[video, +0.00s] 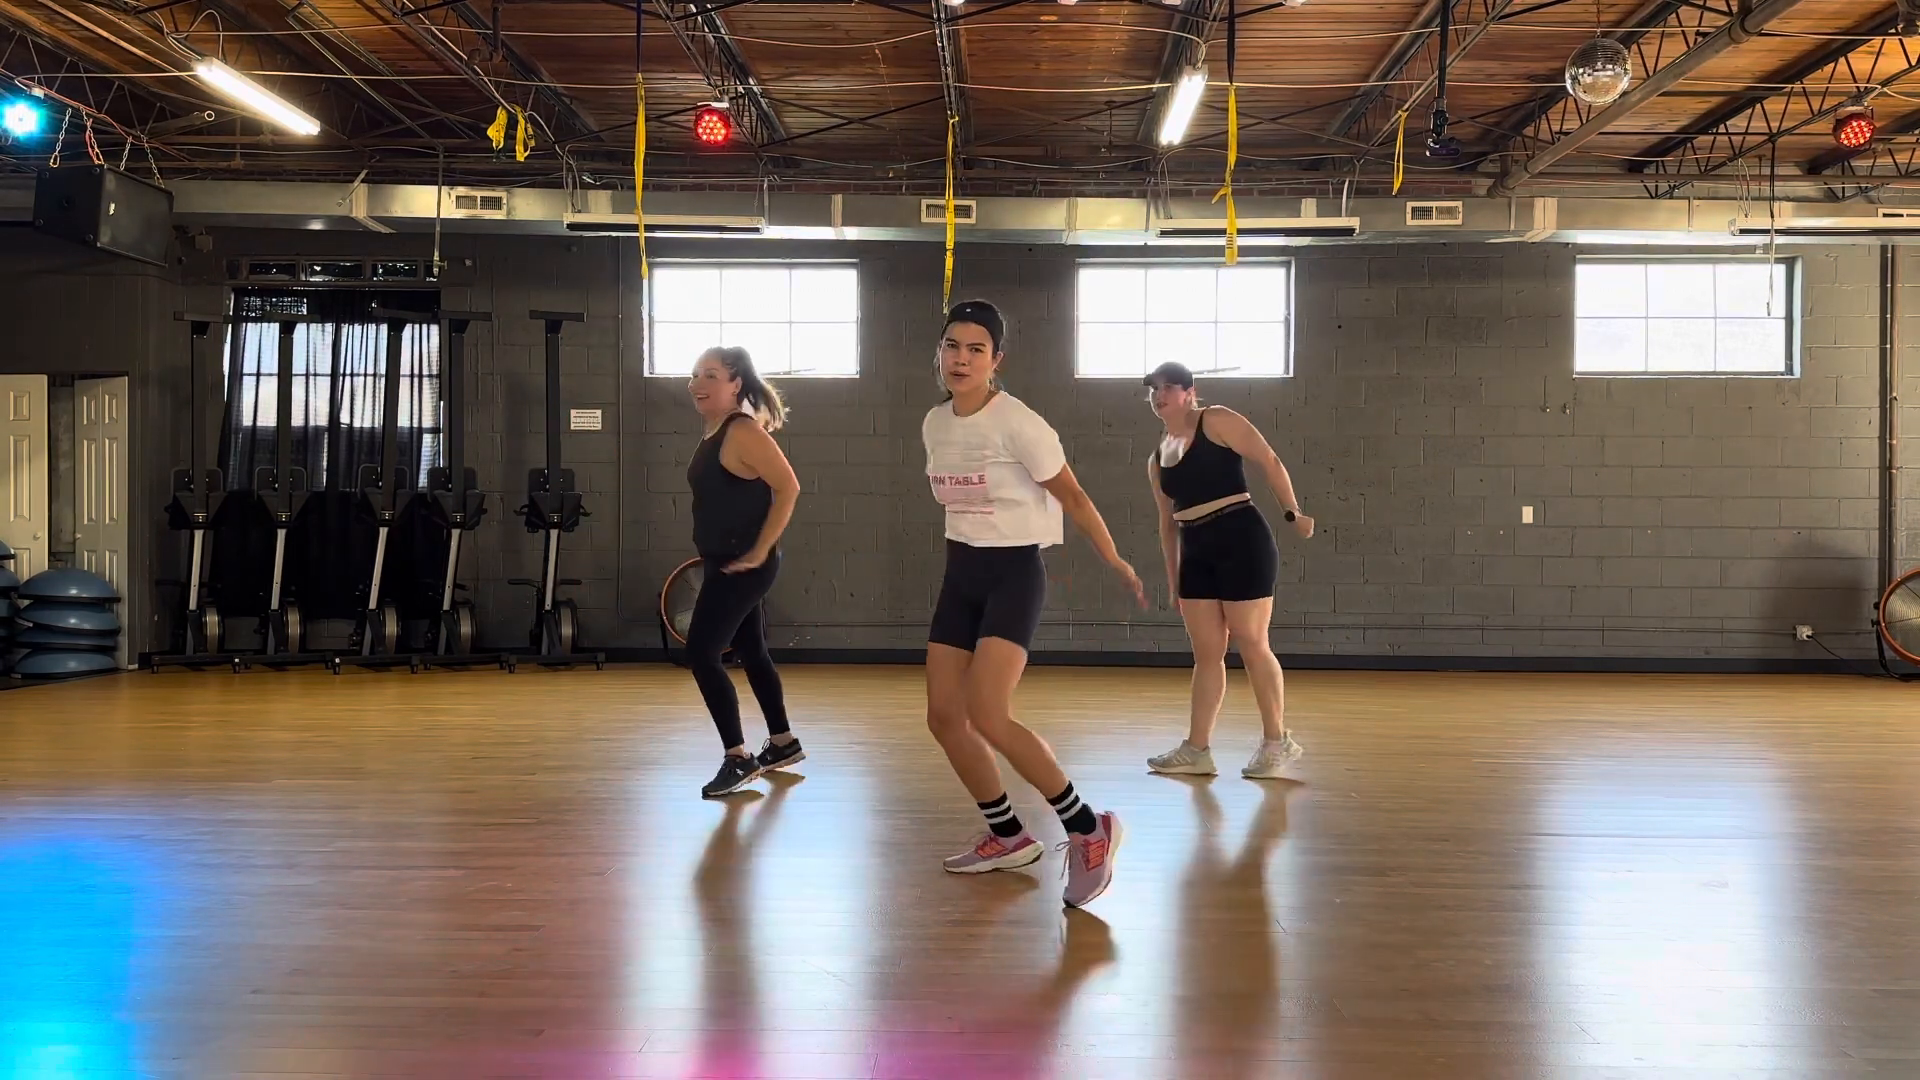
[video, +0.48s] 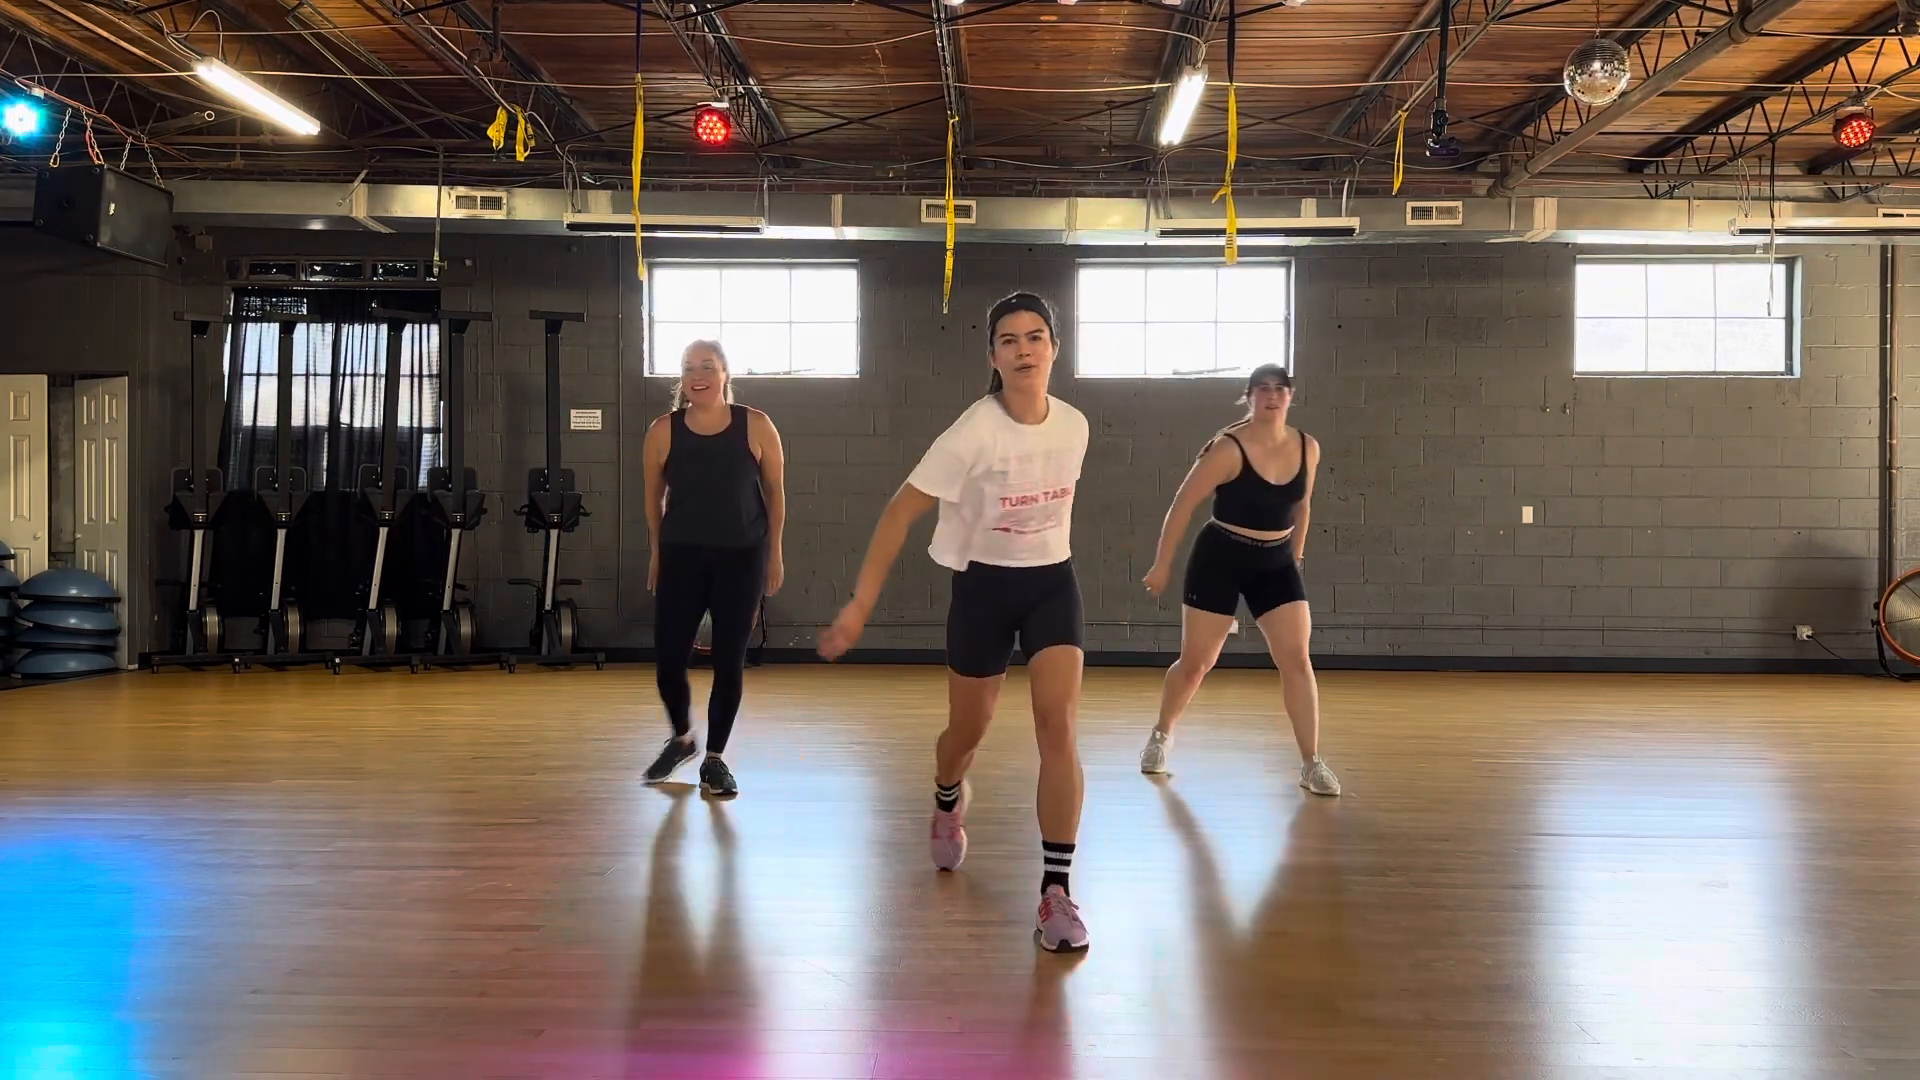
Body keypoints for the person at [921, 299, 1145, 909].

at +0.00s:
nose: (959, 356)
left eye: (974, 348)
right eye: (951, 344)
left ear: (995, 360)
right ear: (938, 352)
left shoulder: (1019, 423)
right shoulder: (935, 423)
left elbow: (1074, 497)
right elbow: (965, 498)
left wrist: (1115, 560)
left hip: (1015, 571)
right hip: (961, 570)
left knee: (989, 714)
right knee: (945, 716)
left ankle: (1087, 831)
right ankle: (1009, 835)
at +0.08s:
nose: (968, 352)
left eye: (981, 343)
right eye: (959, 340)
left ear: (1000, 354)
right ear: (944, 348)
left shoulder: (1026, 418)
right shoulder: (927, 418)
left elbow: (1077, 486)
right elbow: (917, 483)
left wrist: (1121, 546)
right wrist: (916, 542)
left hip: (1015, 566)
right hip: (956, 567)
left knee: (1007, 698)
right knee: (949, 712)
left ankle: (1086, 836)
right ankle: (1004, 829)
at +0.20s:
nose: (984, 343)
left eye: (997, 333)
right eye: (973, 331)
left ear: (1014, 344)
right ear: (957, 339)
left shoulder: (1045, 414)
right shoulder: (925, 408)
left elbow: (1075, 472)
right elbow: (875, 465)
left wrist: (1100, 523)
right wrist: (850, 533)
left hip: (1024, 563)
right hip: (957, 564)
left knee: (1039, 707)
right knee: (956, 711)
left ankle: (1071, 855)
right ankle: (986, 815)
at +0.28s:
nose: (995, 344)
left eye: (1008, 334)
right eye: (984, 333)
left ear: (1025, 345)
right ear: (967, 342)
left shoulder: (1054, 418)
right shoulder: (931, 414)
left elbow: (1067, 476)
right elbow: (861, 471)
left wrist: (1073, 523)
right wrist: (822, 547)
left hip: (1031, 570)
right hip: (962, 571)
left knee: (1042, 715)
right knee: (965, 714)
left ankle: (1062, 865)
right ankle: (979, 815)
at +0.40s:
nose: (1014, 353)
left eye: (1026, 342)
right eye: (1001, 343)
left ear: (1045, 353)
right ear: (983, 357)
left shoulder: (1066, 431)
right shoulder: (955, 432)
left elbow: (1052, 505)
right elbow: (880, 499)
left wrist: (1040, 572)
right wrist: (832, 579)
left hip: (1046, 587)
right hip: (975, 589)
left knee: (1051, 725)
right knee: (971, 728)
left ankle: (1058, 888)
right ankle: (967, 810)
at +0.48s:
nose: (1024, 348)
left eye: (1035, 336)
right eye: (1010, 339)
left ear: (1055, 348)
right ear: (993, 356)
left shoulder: (1073, 426)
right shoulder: (974, 431)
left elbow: (1054, 502)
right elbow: (901, 510)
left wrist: (1045, 570)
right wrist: (860, 604)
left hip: (1053, 584)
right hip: (981, 587)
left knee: (1059, 728)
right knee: (967, 730)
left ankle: (1058, 892)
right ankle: (947, 806)